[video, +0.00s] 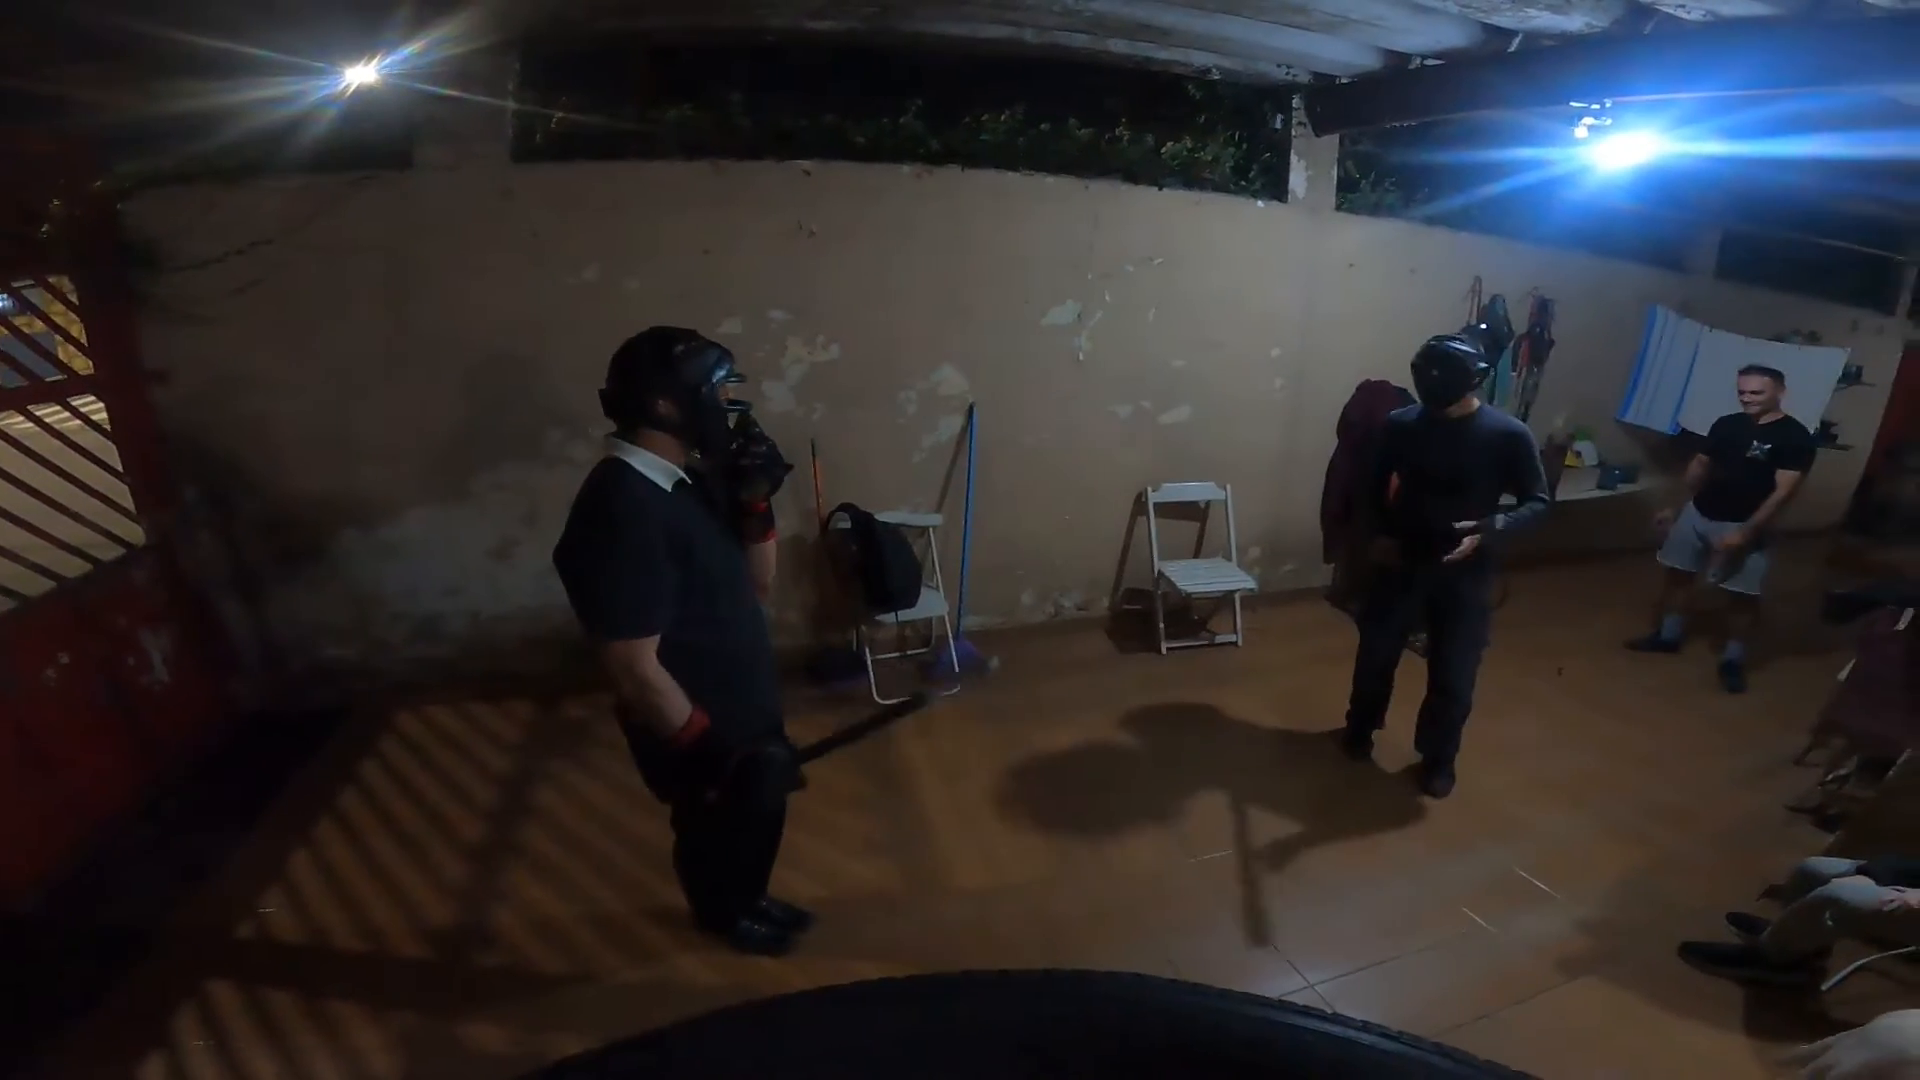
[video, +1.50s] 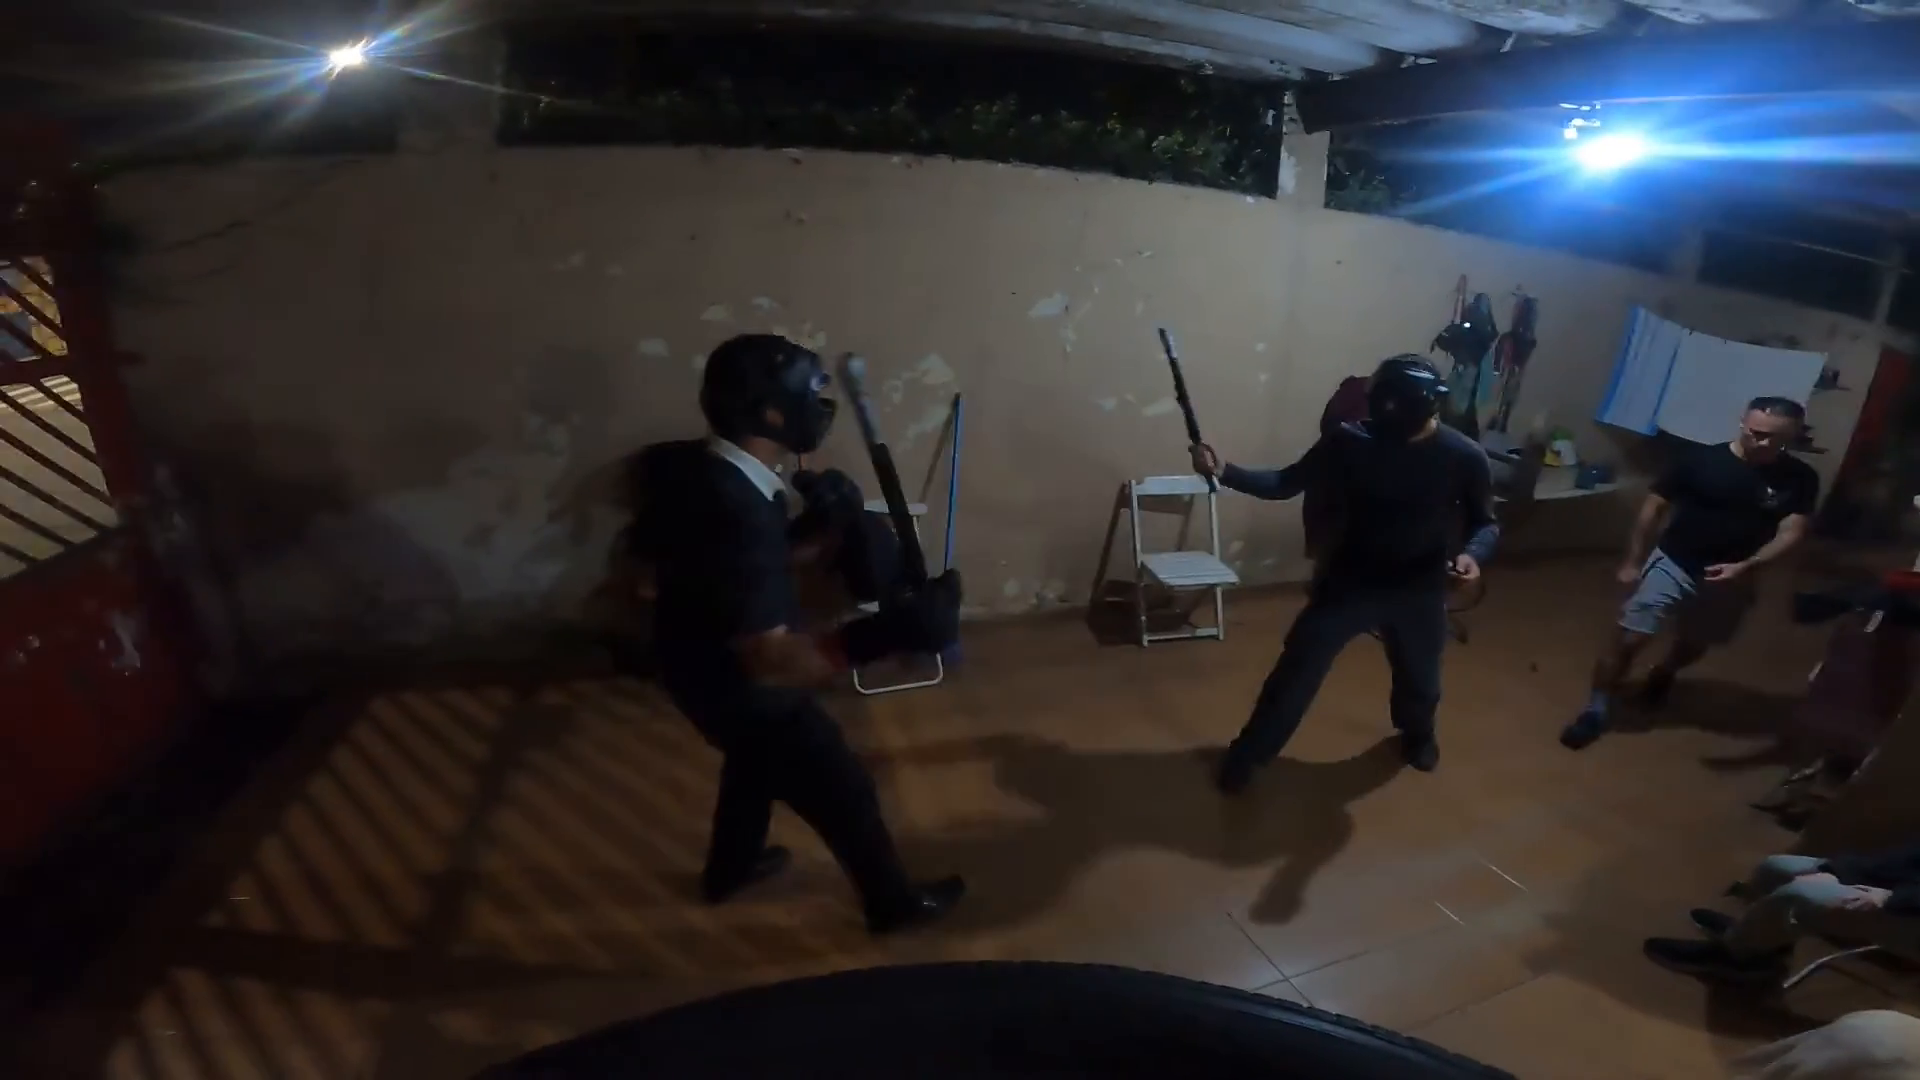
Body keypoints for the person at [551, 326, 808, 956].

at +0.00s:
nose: (726, 402)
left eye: (723, 385)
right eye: (708, 388)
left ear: (666, 408)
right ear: (661, 407)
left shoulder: (687, 479)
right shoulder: (614, 510)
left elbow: (756, 587)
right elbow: (633, 666)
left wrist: (754, 505)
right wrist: (706, 742)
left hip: (741, 694)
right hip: (695, 719)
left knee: (755, 809)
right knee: (718, 824)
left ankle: (747, 898)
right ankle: (723, 914)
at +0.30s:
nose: (626, 404)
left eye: (623, 390)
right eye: (609, 392)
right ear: (574, 405)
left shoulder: (591, 492)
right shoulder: (534, 512)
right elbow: (565, 645)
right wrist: (647, 694)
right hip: (616, 706)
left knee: (662, 805)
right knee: (656, 812)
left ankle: (667, 904)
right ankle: (664, 916)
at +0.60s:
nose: (607, 380)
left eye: (600, 365)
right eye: (585, 371)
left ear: (541, 399)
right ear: (537, 397)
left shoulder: (573, 474)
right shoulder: (497, 509)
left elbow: (640, 589)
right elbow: (535, 667)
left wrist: (665, 522)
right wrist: (642, 722)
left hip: (637, 693)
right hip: (581, 721)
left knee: (652, 817)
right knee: (618, 829)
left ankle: (653, 905)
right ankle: (629, 923)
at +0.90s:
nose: (662, 383)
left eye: (656, 367)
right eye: (643, 373)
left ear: (600, 398)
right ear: (598, 397)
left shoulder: (616, 471)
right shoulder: (561, 506)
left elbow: (632, 580)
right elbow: (587, 665)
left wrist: (687, 582)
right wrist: (684, 717)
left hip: (662, 693)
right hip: (620, 719)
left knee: (686, 801)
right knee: (647, 823)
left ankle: (690, 879)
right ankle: (656, 915)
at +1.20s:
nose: (736, 398)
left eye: (733, 382)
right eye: (720, 386)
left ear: (676, 407)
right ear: (678, 406)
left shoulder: (669, 473)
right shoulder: (639, 498)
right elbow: (673, 654)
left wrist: (731, 521)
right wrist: (788, 669)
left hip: (689, 672)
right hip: (661, 688)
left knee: (719, 782)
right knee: (776, 794)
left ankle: (706, 892)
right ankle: (709, 902)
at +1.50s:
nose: (823, 405)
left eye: (819, 392)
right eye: (809, 395)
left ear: (757, 414)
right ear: (770, 416)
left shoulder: (694, 472)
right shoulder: (742, 510)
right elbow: (765, 652)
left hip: (686, 660)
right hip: (730, 679)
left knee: (758, 745)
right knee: (834, 778)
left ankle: (732, 861)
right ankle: (890, 900)